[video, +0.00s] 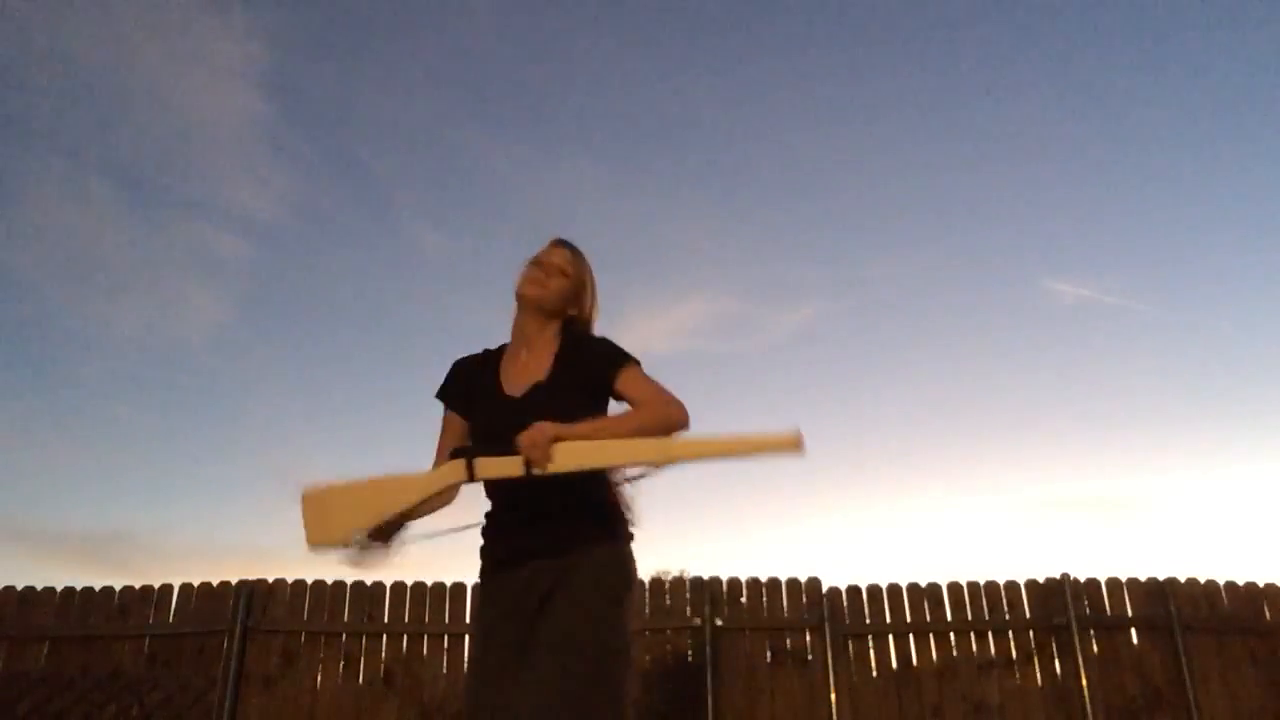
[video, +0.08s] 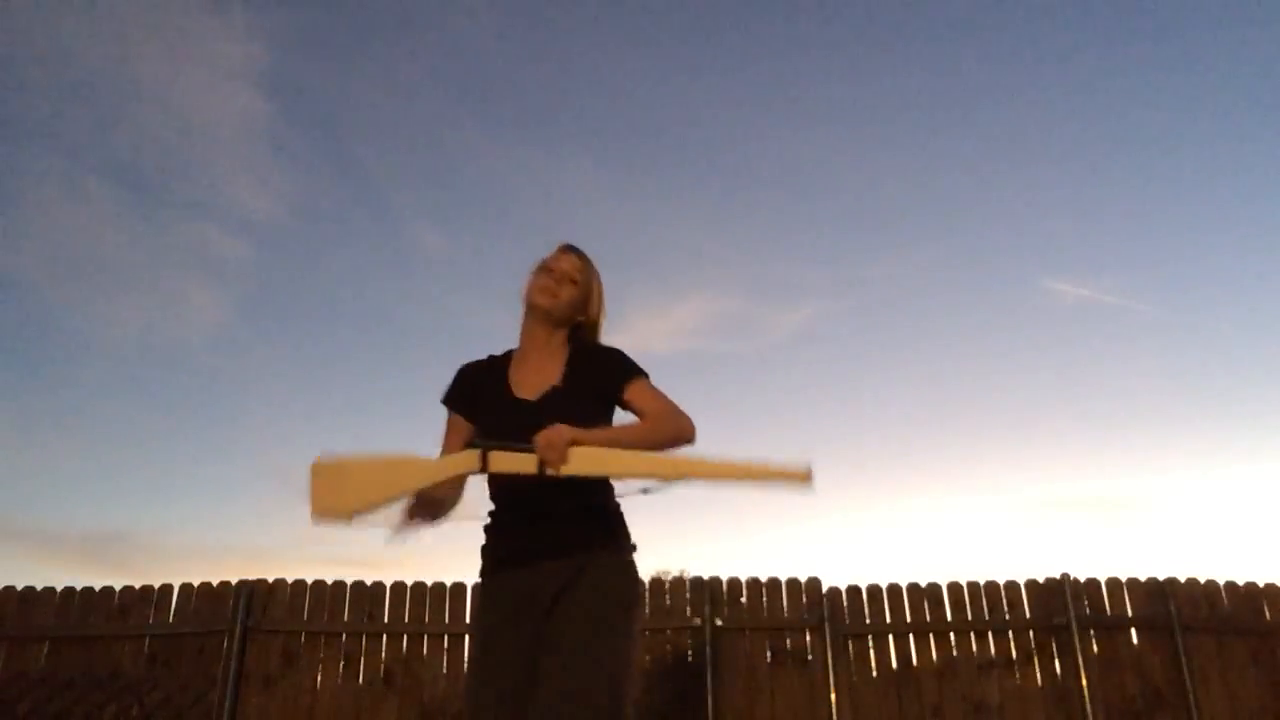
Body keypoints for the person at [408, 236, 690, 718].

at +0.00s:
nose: (539, 270)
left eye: (557, 270)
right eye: (535, 262)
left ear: (575, 300)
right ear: (519, 277)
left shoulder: (592, 355)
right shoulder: (471, 373)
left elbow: (670, 413)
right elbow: (446, 479)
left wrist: (567, 432)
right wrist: (395, 514)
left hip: (591, 557)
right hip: (508, 563)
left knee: (575, 696)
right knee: (495, 699)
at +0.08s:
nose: (553, 279)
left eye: (570, 280)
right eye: (546, 270)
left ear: (584, 307)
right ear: (527, 284)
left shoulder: (601, 364)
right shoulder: (477, 378)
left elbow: (677, 425)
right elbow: (448, 483)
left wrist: (582, 436)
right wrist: (424, 502)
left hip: (594, 568)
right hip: (509, 573)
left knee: (584, 704)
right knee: (496, 705)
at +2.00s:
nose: (715, 319)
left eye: (723, 312)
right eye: (700, 310)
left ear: (731, 328)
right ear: (672, 325)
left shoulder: (753, 421)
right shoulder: (633, 403)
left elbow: (732, 518)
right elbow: (608, 499)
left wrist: (759, 559)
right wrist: (685, 473)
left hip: (707, 608)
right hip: (623, 604)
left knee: (760, 709)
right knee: (599, 708)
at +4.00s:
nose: (475, 324)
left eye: (487, 313)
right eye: (465, 322)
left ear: (516, 327)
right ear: (462, 344)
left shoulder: (554, 381)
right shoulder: (460, 433)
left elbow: (627, 467)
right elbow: (364, 478)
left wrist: (572, 529)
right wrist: (327, 395)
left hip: (553, 590)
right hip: (499, 600)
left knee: (451, 708)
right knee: (531, 712)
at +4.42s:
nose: (360, 377)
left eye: (367, 361)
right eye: (356, 371)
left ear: (405, 348)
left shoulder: (469, 381)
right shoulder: (391, 470)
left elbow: (560, 441)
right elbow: (411, 559)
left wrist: (520, 530)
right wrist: (359, 601)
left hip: (502, 593)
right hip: (445, 612)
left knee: (406, 710)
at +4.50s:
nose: (356, 375)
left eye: (364, 359)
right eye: (352, 369)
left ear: (403, 346)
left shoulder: (467, 381)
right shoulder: (387, 468)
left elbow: (559, 443)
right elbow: (411, 558)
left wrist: (519, 533)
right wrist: (368, 598)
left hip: (501, 591)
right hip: (442, 609)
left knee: (400, 710)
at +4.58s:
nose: (355, 374)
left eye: (362, 358)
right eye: (351, 368)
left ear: (402, 344)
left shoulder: (466, 380)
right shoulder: (387, 466)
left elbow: (559, 442)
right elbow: (411, 556)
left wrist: (520, 531)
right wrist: (372, 598)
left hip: (500, 594)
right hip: (443, 610)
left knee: (398, 710)